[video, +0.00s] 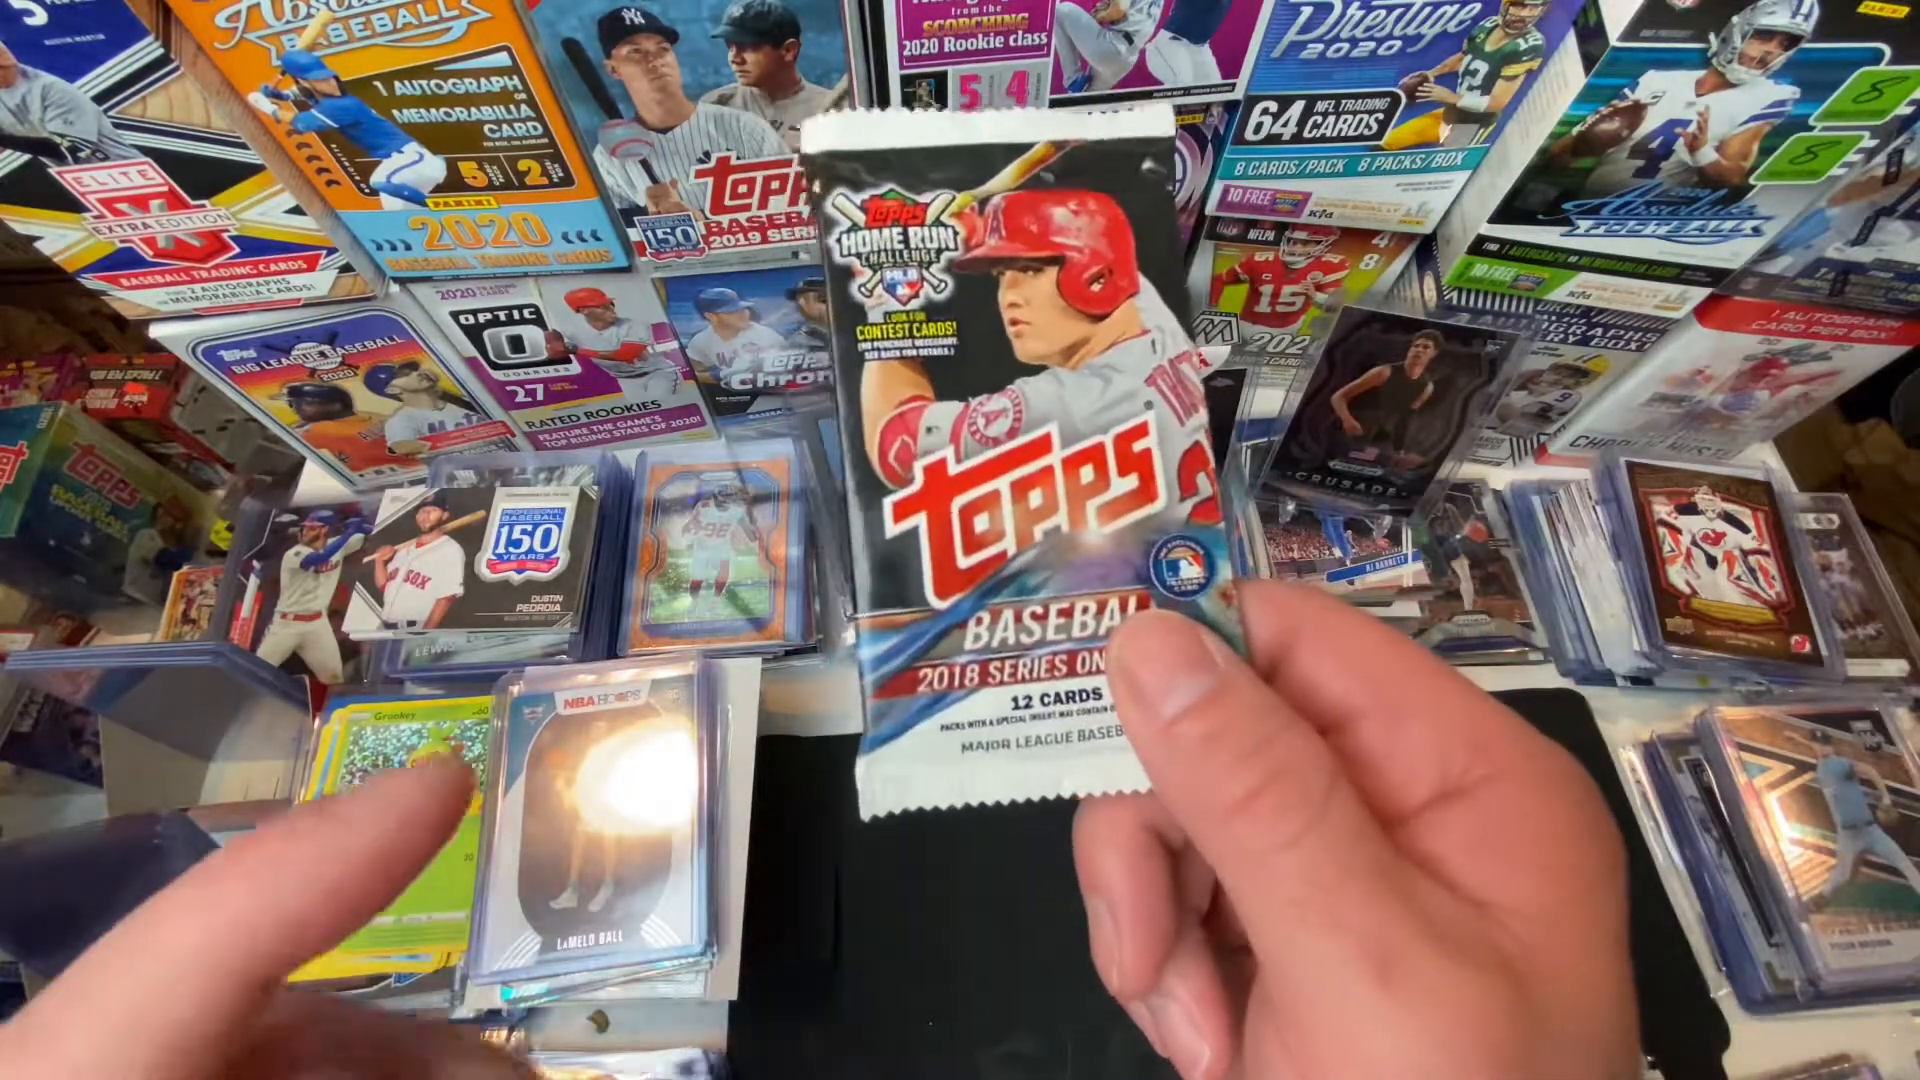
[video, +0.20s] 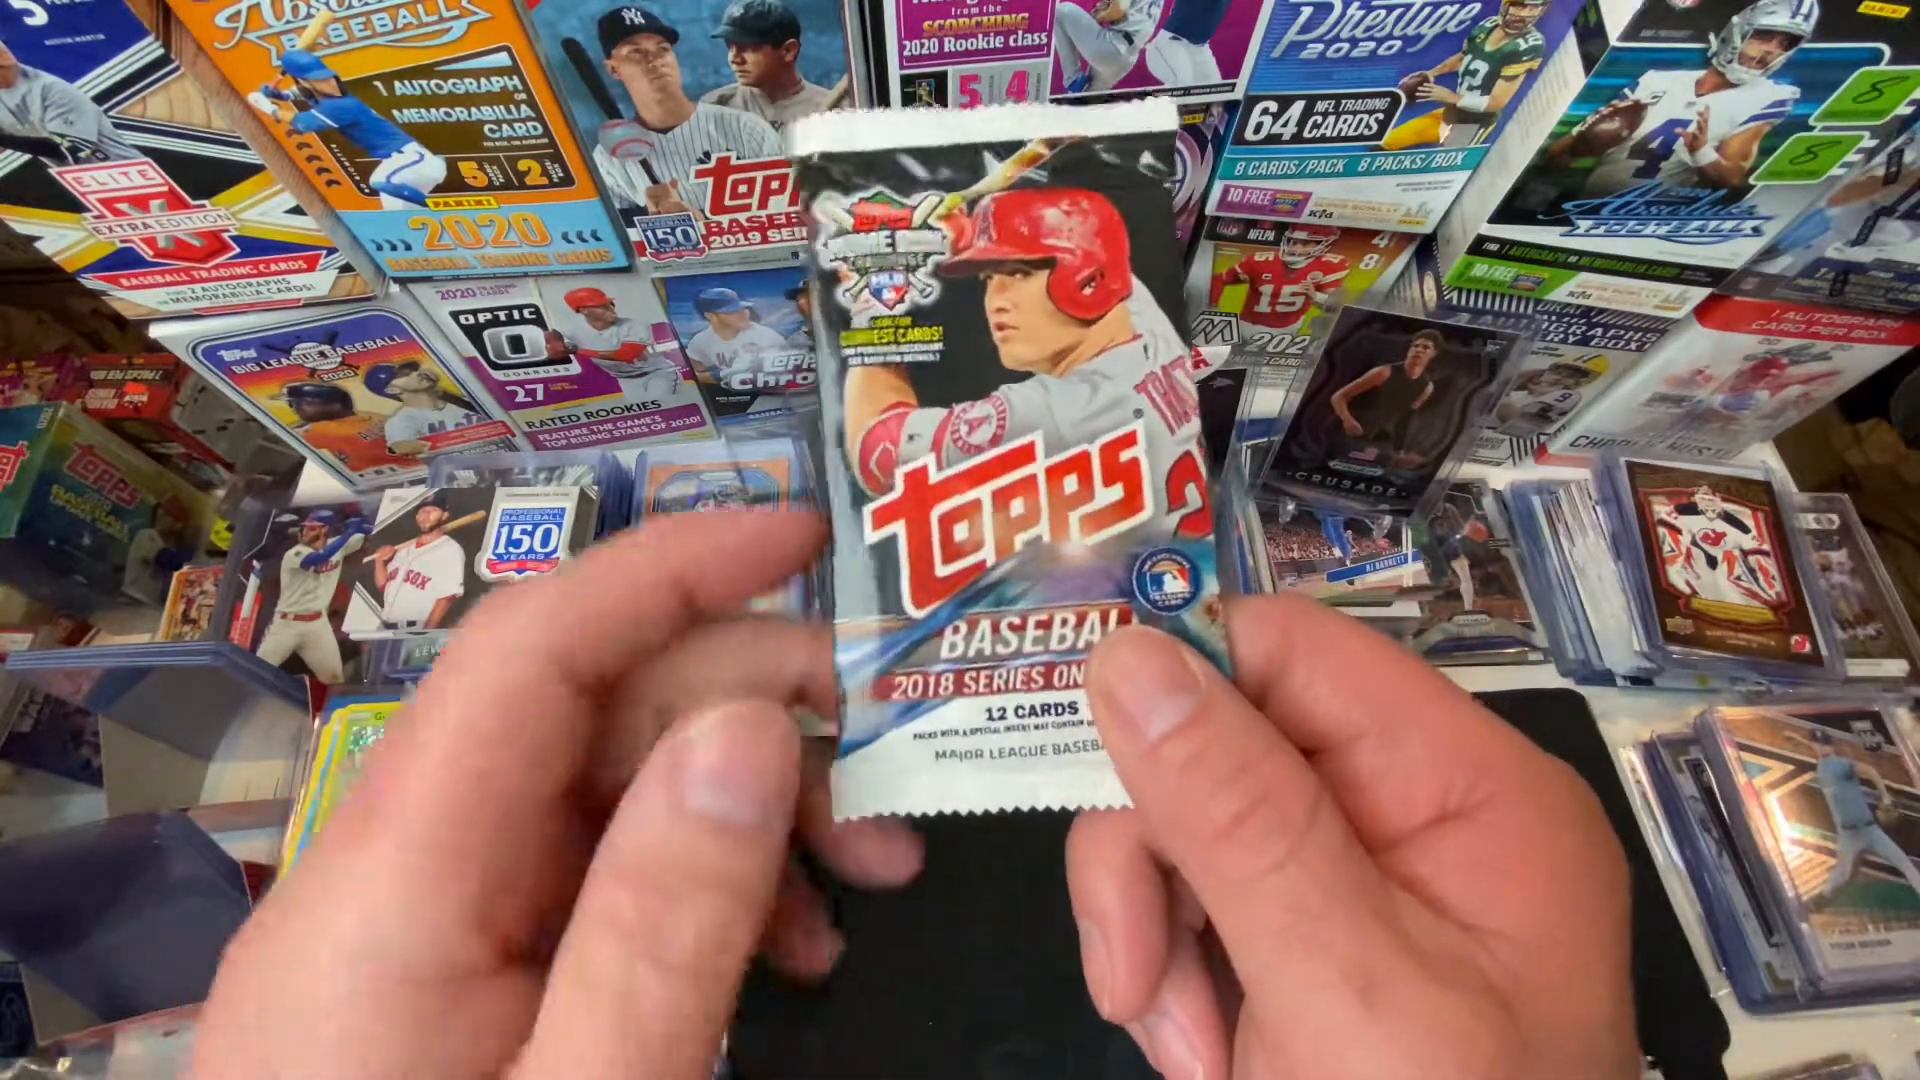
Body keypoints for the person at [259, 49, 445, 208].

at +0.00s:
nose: (331, 80)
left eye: (328, 75)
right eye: (323, 78)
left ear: (311, 83)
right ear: (306, 84)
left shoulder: (344, 105)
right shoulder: (330, 103)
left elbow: (301, 122)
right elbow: (300, 93)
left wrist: (271, 110)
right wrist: (275, 94)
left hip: (414, 158)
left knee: (381, 180)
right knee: (399, 218)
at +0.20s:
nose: (331, 81)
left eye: (329, 76)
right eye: (324, 78)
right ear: (306, 84)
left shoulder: (343, 106)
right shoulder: (331, 104)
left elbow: (300, 122)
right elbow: (302, 93)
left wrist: (271, 110)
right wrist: (278, 95)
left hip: (415, 158)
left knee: (381, 180)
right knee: (399, 219)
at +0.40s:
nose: (331, 80)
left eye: (329, 76)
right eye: (323, 78)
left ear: (309, 83)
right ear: (306, 84)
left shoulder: (344, 106)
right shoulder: (331, 103)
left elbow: (300, 122)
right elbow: (301, 93)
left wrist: (271, 110)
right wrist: (277, 95)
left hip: (414, 158)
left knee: (381, 180)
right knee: (399, 221)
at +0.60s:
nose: (331, 80)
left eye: (328, 76)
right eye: (323, 78)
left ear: (309, 83)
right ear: (306, 84)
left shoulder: (344, 106)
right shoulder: (331, 103)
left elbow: (300, 122)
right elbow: (302, 92)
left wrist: (271, 110)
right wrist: (277, 95)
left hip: (414, 158)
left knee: (381, 180)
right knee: (399, 221)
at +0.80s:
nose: (330, 80)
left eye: (327, 76)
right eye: (322, 78)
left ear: (310, 84)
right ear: (305, 84)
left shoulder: (343, 106)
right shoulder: (332, 101)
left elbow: (299, 123)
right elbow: (299, 93)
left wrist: (271, 110)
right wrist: (274, 94)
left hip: (413, 159)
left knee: (380, 180)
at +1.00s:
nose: (329, 80)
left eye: (327, 75)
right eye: (321, 77)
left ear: (310, 82)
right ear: (305, 83)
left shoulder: (344, 106)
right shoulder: (332, 103)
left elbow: (300, 123)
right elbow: (300, 94)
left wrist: (271, 110)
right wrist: (276, 94)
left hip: (414, 159)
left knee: (380, 179)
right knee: (399, 221)